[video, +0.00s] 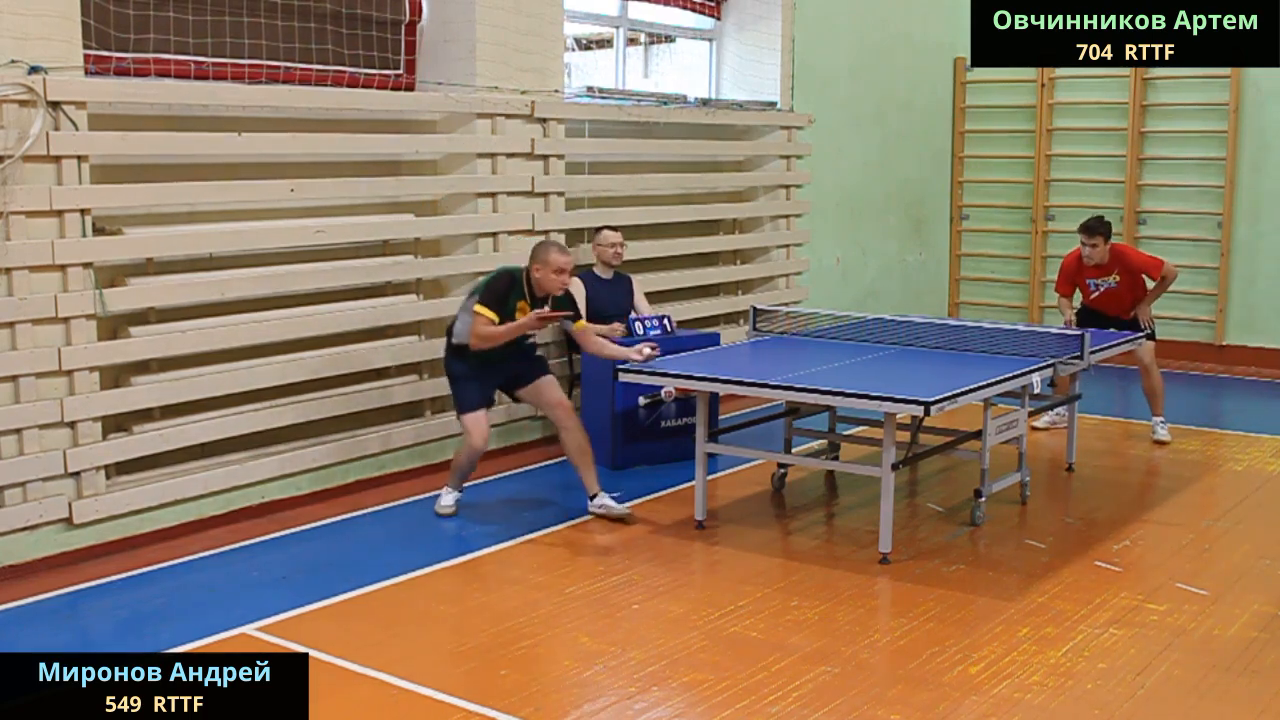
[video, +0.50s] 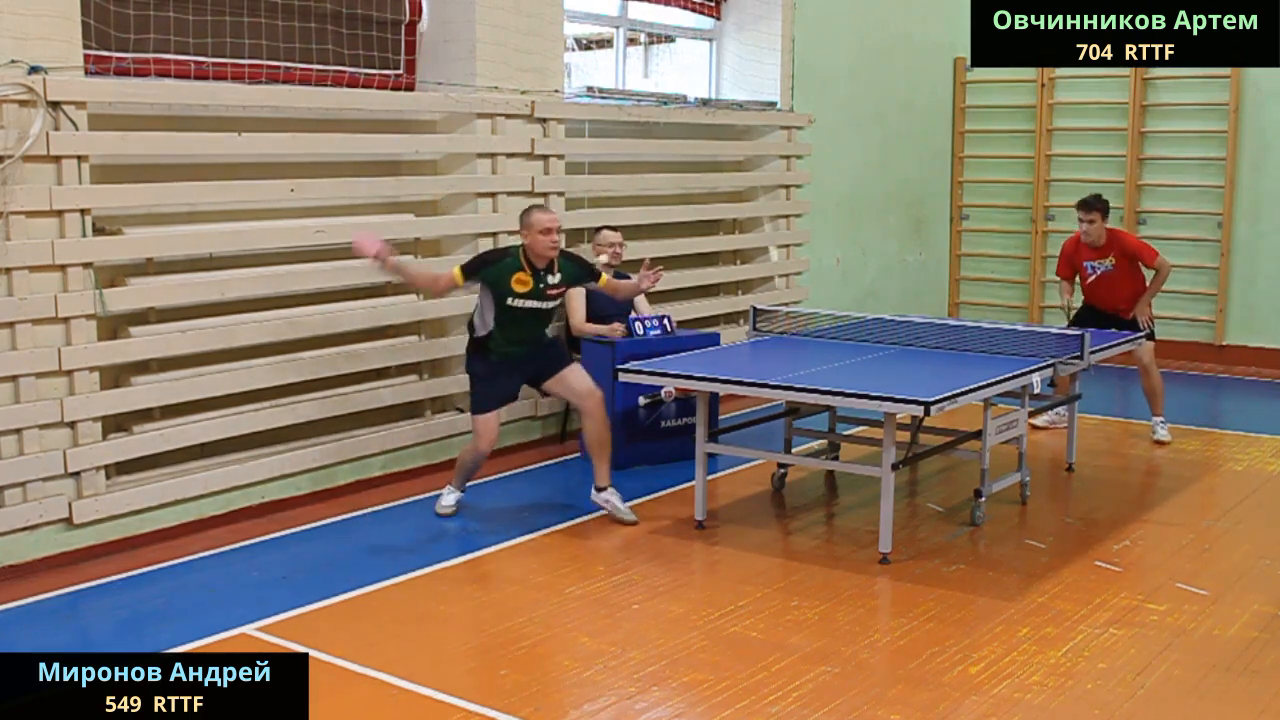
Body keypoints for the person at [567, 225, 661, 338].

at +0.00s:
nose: (619, 251)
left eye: (622, 246)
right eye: (612, 246)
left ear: (624, 247)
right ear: (595, 249)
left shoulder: (629, 281)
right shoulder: (579, 283)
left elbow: (648, 314)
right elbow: (579, 325)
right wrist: (605, 330)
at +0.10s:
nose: (618, 251)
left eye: (621, 246)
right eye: (612, 246)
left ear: (625, 248)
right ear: (595, 249)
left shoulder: (628, 282)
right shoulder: (580, 283)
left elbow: (649, 315)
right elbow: (577, 327)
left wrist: (666, 323)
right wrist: (605, 330)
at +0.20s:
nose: (618, 251)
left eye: (621, 246)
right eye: (611, 246)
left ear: (624, 248)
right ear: (595, 249)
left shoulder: (629, 282)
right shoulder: (579, 283)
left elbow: (649, 316)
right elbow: (576, 328)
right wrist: (607, 331)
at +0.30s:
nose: (618, 251)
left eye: (621, 246)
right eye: (611, 246)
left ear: (624, 248)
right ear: (595, 249)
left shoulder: (629, 281)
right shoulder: (581, 281)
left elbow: (646, 315)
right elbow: (577, 327)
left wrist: (665, 325)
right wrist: (607, 330)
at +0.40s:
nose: (617, 251)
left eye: (621, 246)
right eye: (611, 246)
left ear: (624, 247)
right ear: (595, 249)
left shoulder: (627, 281)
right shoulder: (579, 280)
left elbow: (648, 316)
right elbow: (577, 327)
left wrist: (664, 325)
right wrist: (606, 330)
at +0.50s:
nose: (617, 251)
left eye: (621, 246)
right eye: (611, 246)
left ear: (624, 248)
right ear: (595, 249)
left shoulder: (627, 280)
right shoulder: (579, 282)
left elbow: (648, 317)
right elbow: (577, 328)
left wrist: (664, 325)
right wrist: (606, 330)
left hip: (630, 347)